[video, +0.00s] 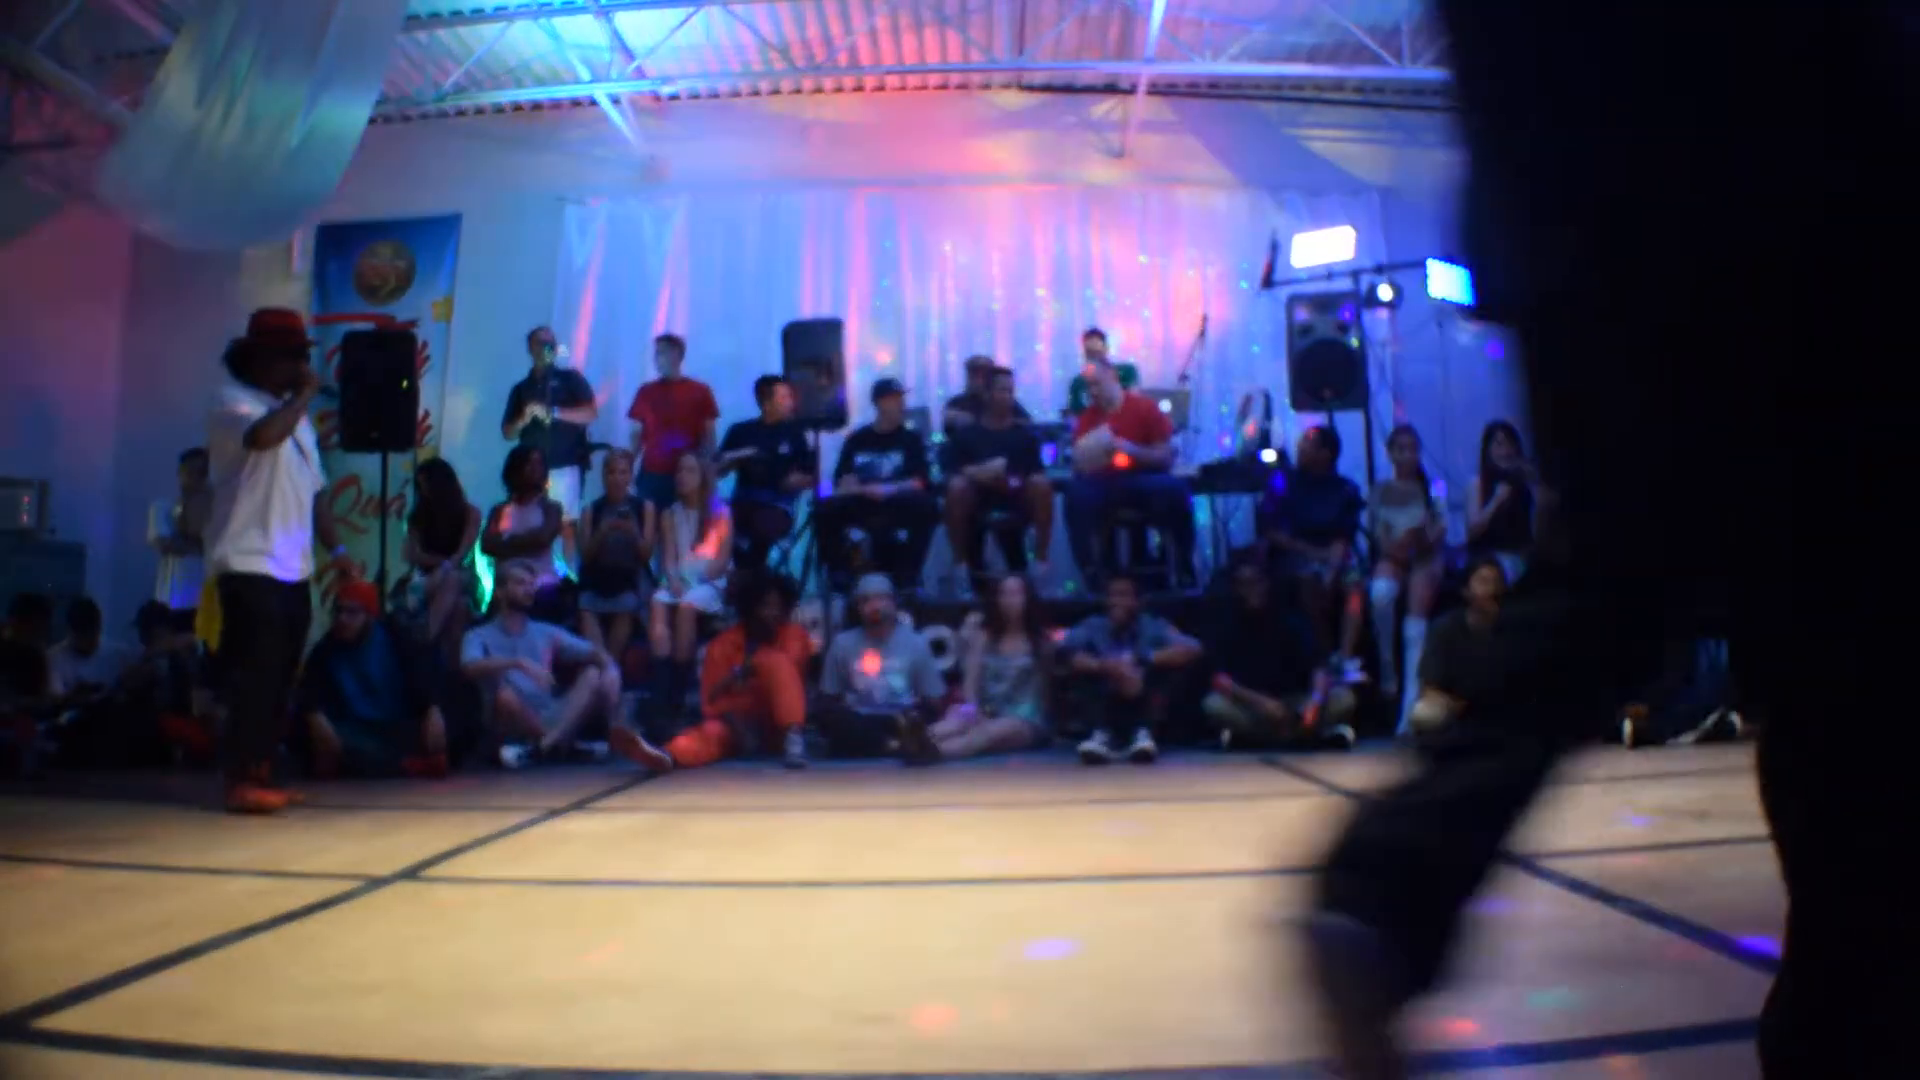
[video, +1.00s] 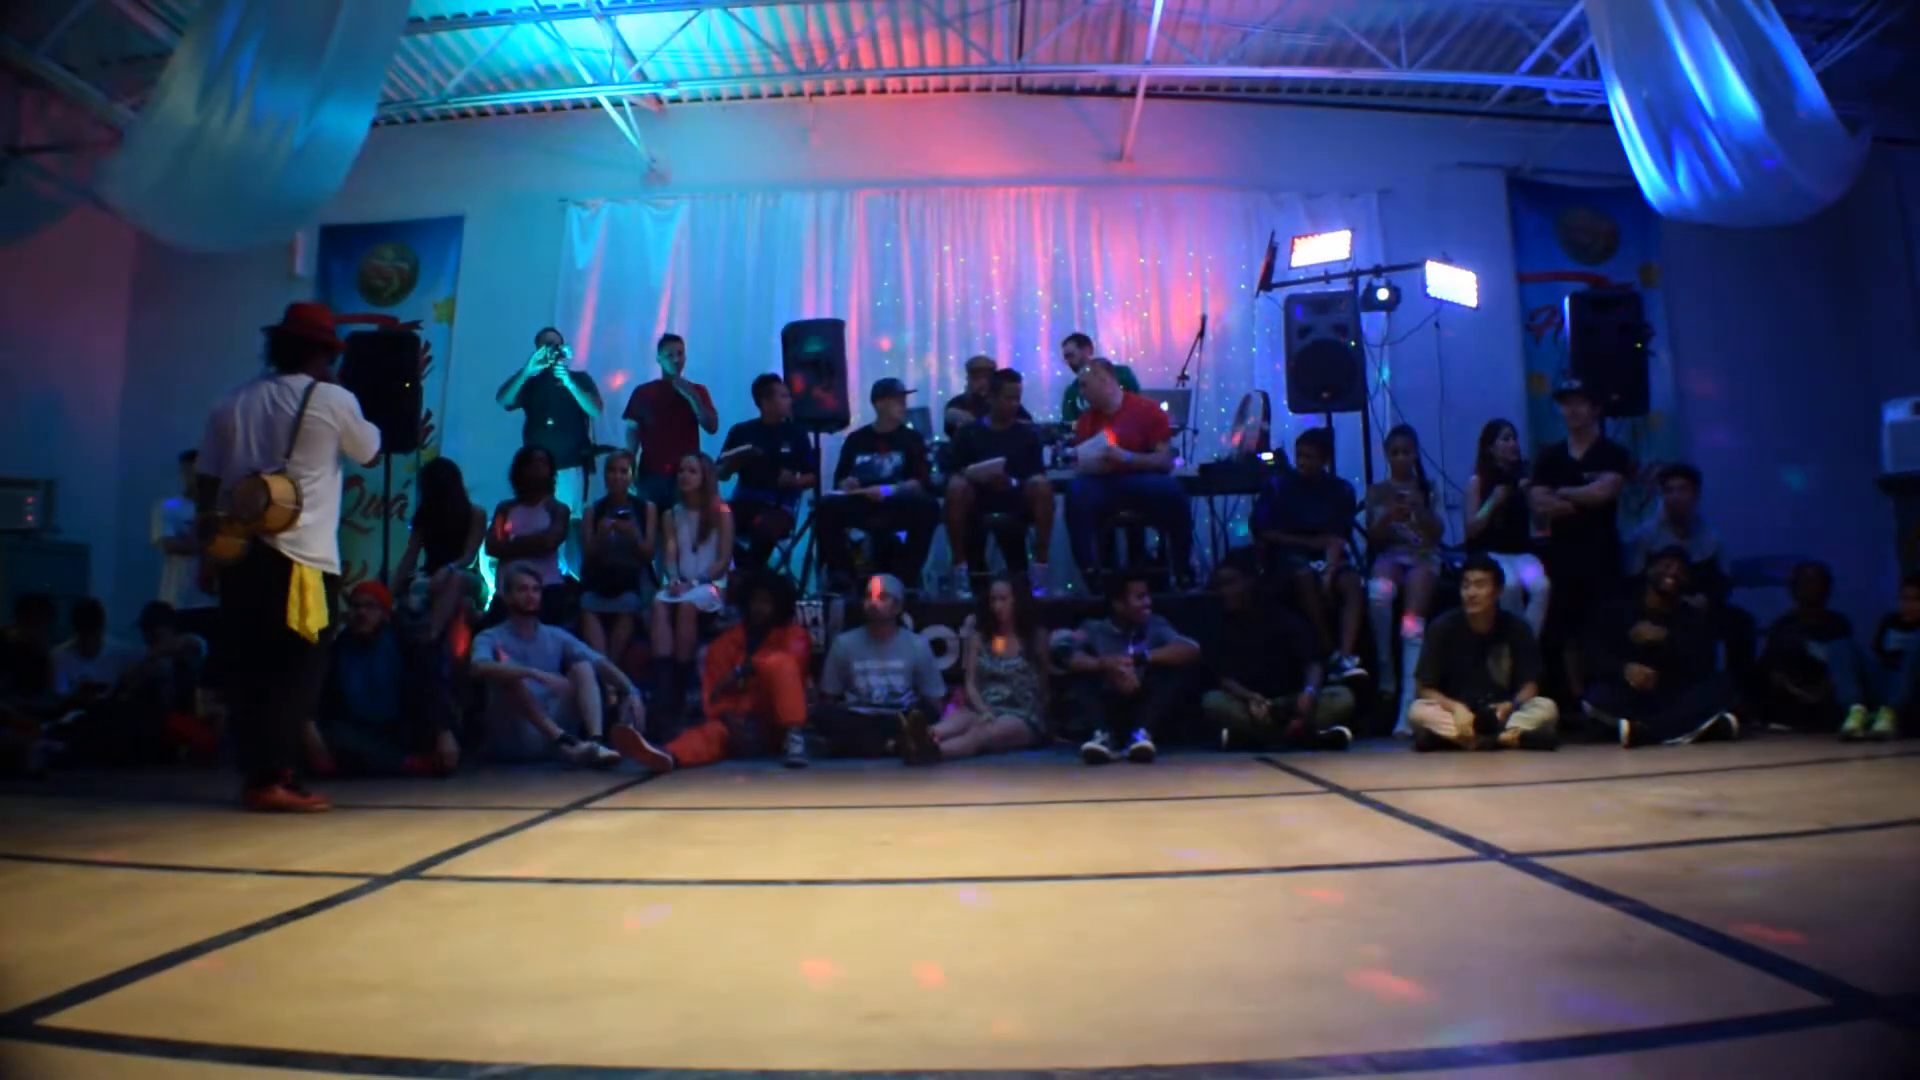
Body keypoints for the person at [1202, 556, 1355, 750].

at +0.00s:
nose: (1252, 590)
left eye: (1257, 583)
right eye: (1245, 584)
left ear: (1267, 584)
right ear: (1236, 588)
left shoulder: (1287, 617)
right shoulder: (1231, 622)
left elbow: (1319, 667)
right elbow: (1219, 678)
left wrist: (1314, 705)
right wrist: (1262, 703)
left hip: (1296, 694)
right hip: (1250, 700)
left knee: (1343, 699)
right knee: (1214, 704)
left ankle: (1252, 737)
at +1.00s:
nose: (1227, 591)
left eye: (1232, 583)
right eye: (1222, 585)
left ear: (1249, 582)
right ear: (1217, 590)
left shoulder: (1279, 615)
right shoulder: (1221, 626)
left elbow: (1313, 662)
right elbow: (1221, 676)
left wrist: (1308, 696)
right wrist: (1250, 698)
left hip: (1291, 694)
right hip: (1249, 700)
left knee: (1341, 698)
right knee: (1213, 702)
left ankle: (1251, 737)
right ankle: (1307, 737)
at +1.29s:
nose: (1217, 594)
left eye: (1223, 586)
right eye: (1212, 589)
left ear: (1240, 585)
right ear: (1207, 592)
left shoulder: (1265, 613)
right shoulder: (1211, 625)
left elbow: (1313, 653)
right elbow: (1212, 670)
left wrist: (1309, 670)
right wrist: (1249, 674)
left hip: (1287, 684)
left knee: (1335, 685)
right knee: (1215, 687)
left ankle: (1251, 736)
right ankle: (1305, 735)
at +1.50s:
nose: (1218, 593)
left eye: (1223, 586)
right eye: (1213, 588)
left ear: (1239, 585)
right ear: (1209, 591)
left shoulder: (1264, 611)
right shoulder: (1212, 622)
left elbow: (1311, 640)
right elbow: (1213, 663)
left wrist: (1287, 661)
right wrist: (1253, 662)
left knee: (1322, 666)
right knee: (1219, 678)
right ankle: (1298, 732)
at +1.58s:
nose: (1218, 593)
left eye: (1224, 586)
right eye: (1214, 588)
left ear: (1241, 586)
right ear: (1211, 591)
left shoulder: (1264, 614)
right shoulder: (1212, 624)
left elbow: (1315, 636)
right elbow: (1212, 665)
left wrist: (1287, 660)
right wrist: (1256, 663)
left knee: (1317, 660)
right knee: (1215, 680)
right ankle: (1297, 733)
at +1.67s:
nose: (1221, 593)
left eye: (1226, 585)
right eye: (1216, 588)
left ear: (1243, 586)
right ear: (1212, 592)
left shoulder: (1265, 613)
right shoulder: (1212, 623)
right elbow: (1208, 664)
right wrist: (1253, 664)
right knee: (1213, 681)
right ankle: (1293, 733)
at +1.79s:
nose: (1226, 594)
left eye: (1232, 586)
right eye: (1221, 588)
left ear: (1247, 586)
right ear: (1215, 593)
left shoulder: (1266, 612)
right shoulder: (1215, 621)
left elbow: (1314, 624)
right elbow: (1212, 661)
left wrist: (1312, 639)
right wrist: (1252, 663)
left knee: (1293, 638)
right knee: (1210, 679)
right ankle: (1282, 733)